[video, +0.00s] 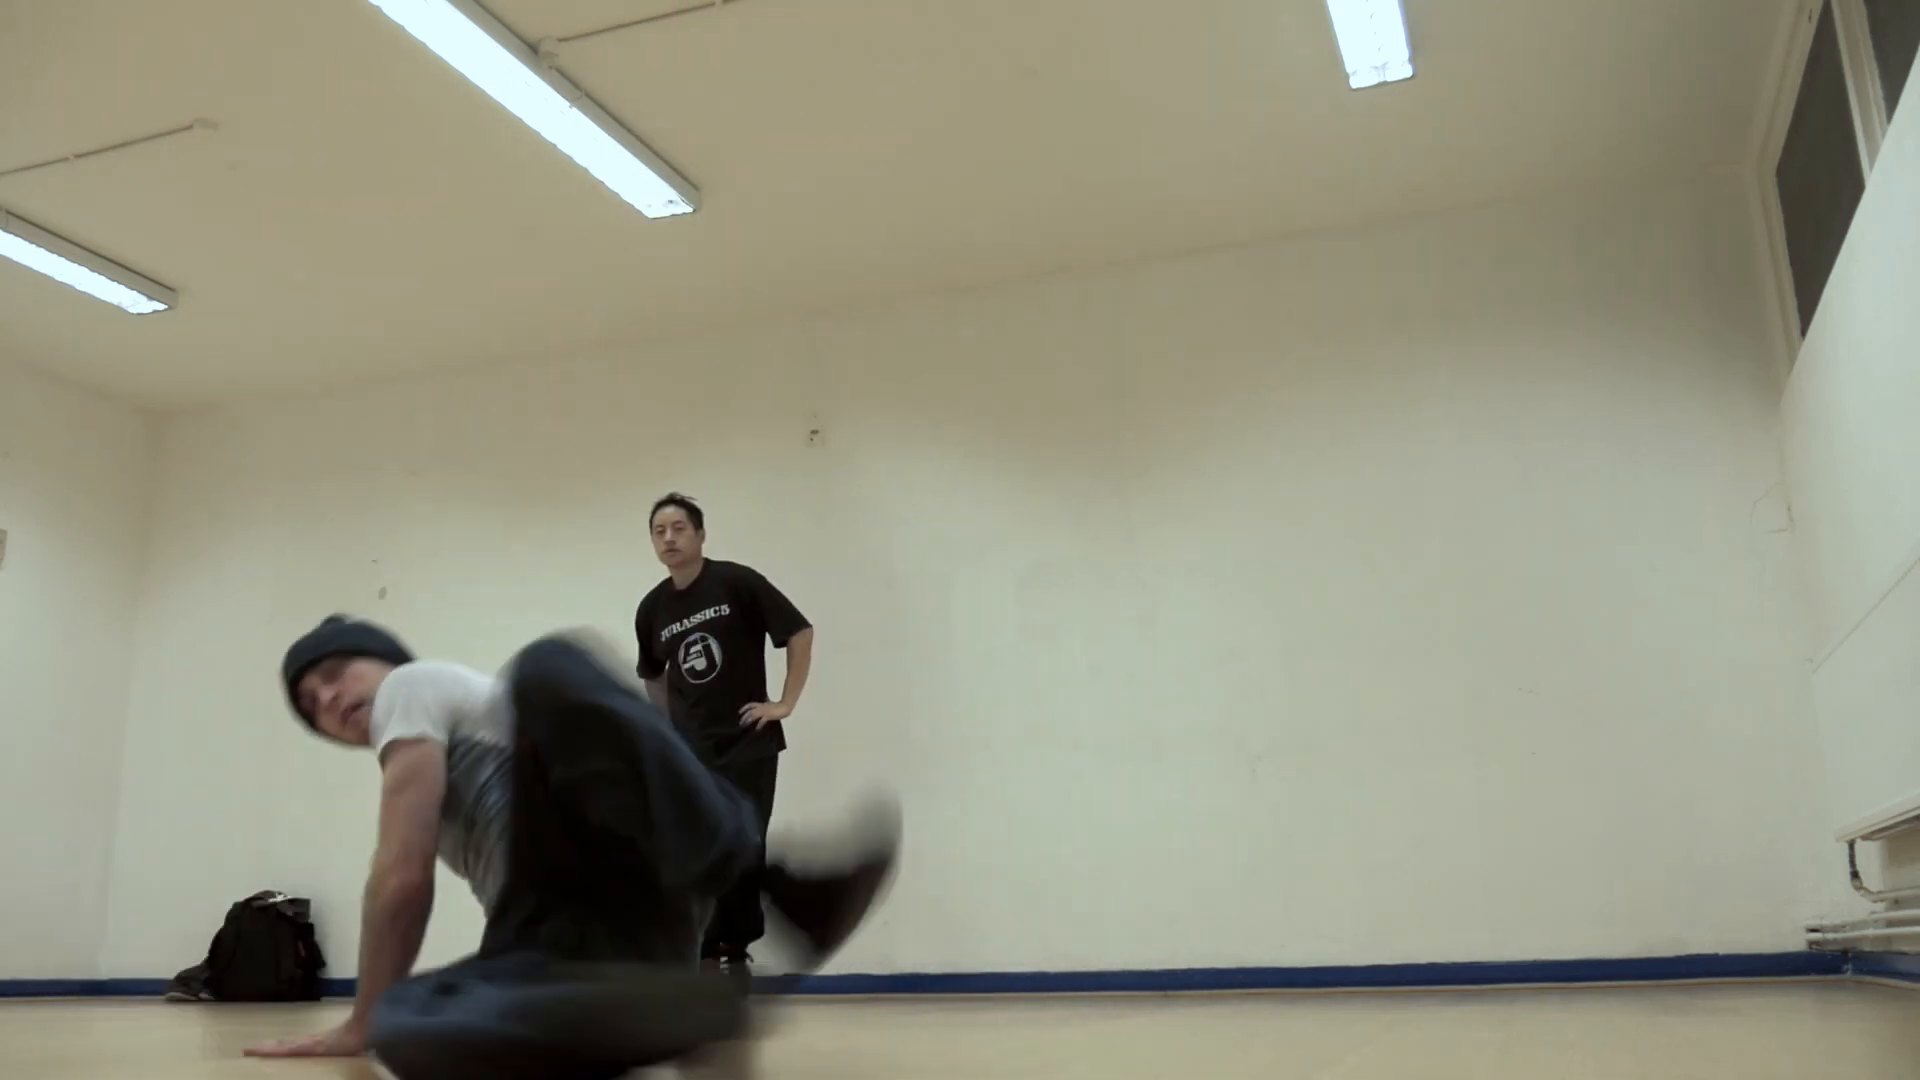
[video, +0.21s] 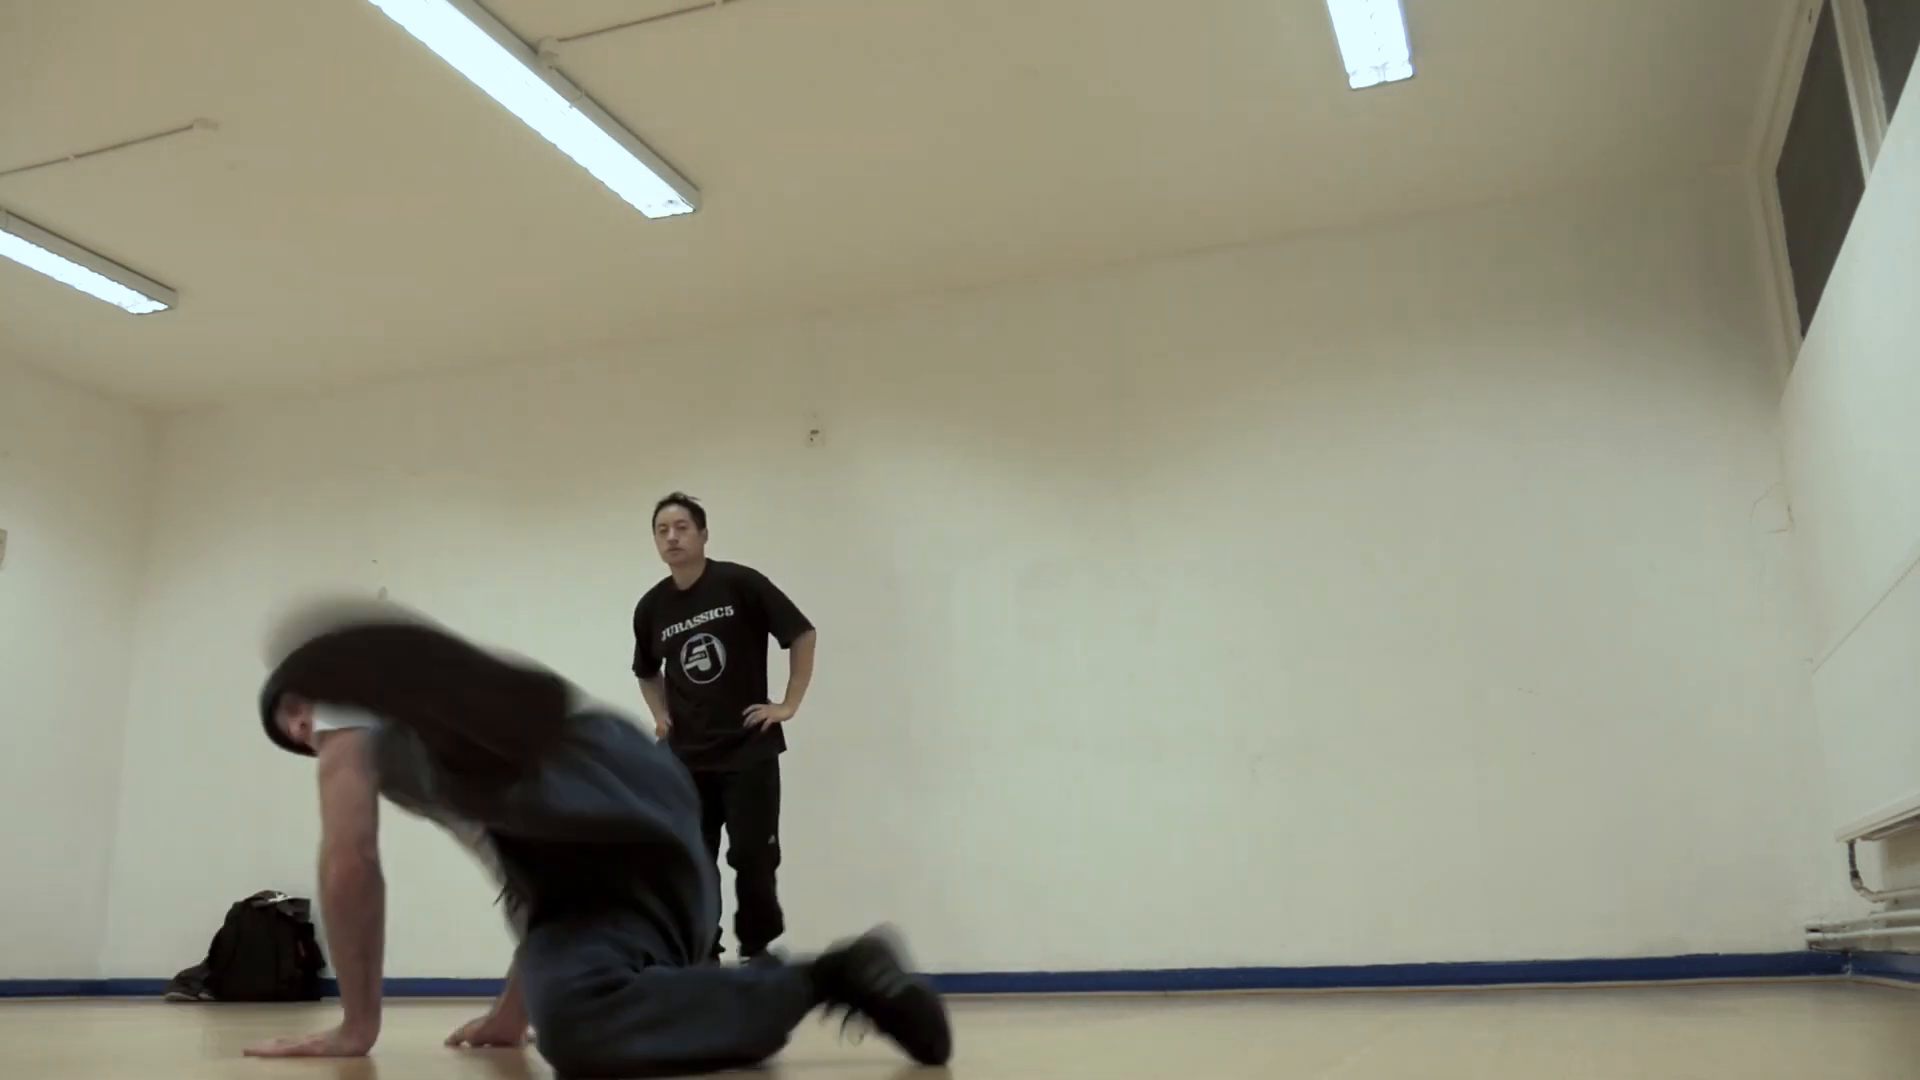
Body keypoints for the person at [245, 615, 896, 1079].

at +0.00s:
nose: (328, 700)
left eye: (333, 675)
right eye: (311, 705)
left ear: (376, 660)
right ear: (327, 732)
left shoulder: (417, 685)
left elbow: (403, 878)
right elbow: (516, 907)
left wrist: (361, 1025)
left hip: (625, 888)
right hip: (556, 960)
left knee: (548, 665)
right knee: (403, 1020)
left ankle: (780, 895)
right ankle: (689, 1013)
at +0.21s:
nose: (304, 740)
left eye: (295, 722)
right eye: (293, 737)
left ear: (310, 698)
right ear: (333, 723)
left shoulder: (347, 717)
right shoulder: (444, 763)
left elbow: (350, 864)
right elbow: (546, 882)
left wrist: (357, 1029)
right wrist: (508, 1015)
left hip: (627, 786)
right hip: (603, 906)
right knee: (580, 1026)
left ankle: (491, 709)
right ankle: (834, 977)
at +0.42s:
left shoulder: (404, 700)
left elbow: (384, 864)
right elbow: (645, 725)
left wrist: (361, 1030)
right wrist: (548, 850)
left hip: (424, 640)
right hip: (562, 566)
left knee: (552, 885)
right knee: (739, 775)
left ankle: (629, 887)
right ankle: (896, 921)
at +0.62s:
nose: (674, 480)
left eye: (694, 476)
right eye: (657, 460)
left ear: (699, 515)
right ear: (611, 469)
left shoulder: (627, 639)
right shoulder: (563, 498)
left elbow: (545, 770)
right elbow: (539, 328)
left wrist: (429, 924)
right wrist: (696, 256)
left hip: (521, 845)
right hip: (434, 798)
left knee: (775, 708)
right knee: (680, 698)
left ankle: (705, 983)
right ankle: (578, 1002)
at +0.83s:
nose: (447, 480)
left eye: (462, 457)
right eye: (421, 478)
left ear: (513, 471)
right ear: (411, 516)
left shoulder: (621, 569)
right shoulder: (403, 643)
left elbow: (781, 609)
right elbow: (299, 810)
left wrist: (937, 606)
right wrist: (191, 938)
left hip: (673, 867)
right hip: (537, 898)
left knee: (882, 753)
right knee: (679, 699)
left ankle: (726, 981)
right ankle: (595, 1009)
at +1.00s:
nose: (223, 608)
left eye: (213, 594)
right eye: (209, 638)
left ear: (251, 570)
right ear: (240, 678)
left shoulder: (357, 518)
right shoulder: (339, 722)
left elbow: (384, 367)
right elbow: (352, 911)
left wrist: (351, 224)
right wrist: (239, 1030)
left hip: (649, 603)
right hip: (589, 675)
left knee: (933, 648)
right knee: (758, 654)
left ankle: (819, 901)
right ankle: (670, 949)